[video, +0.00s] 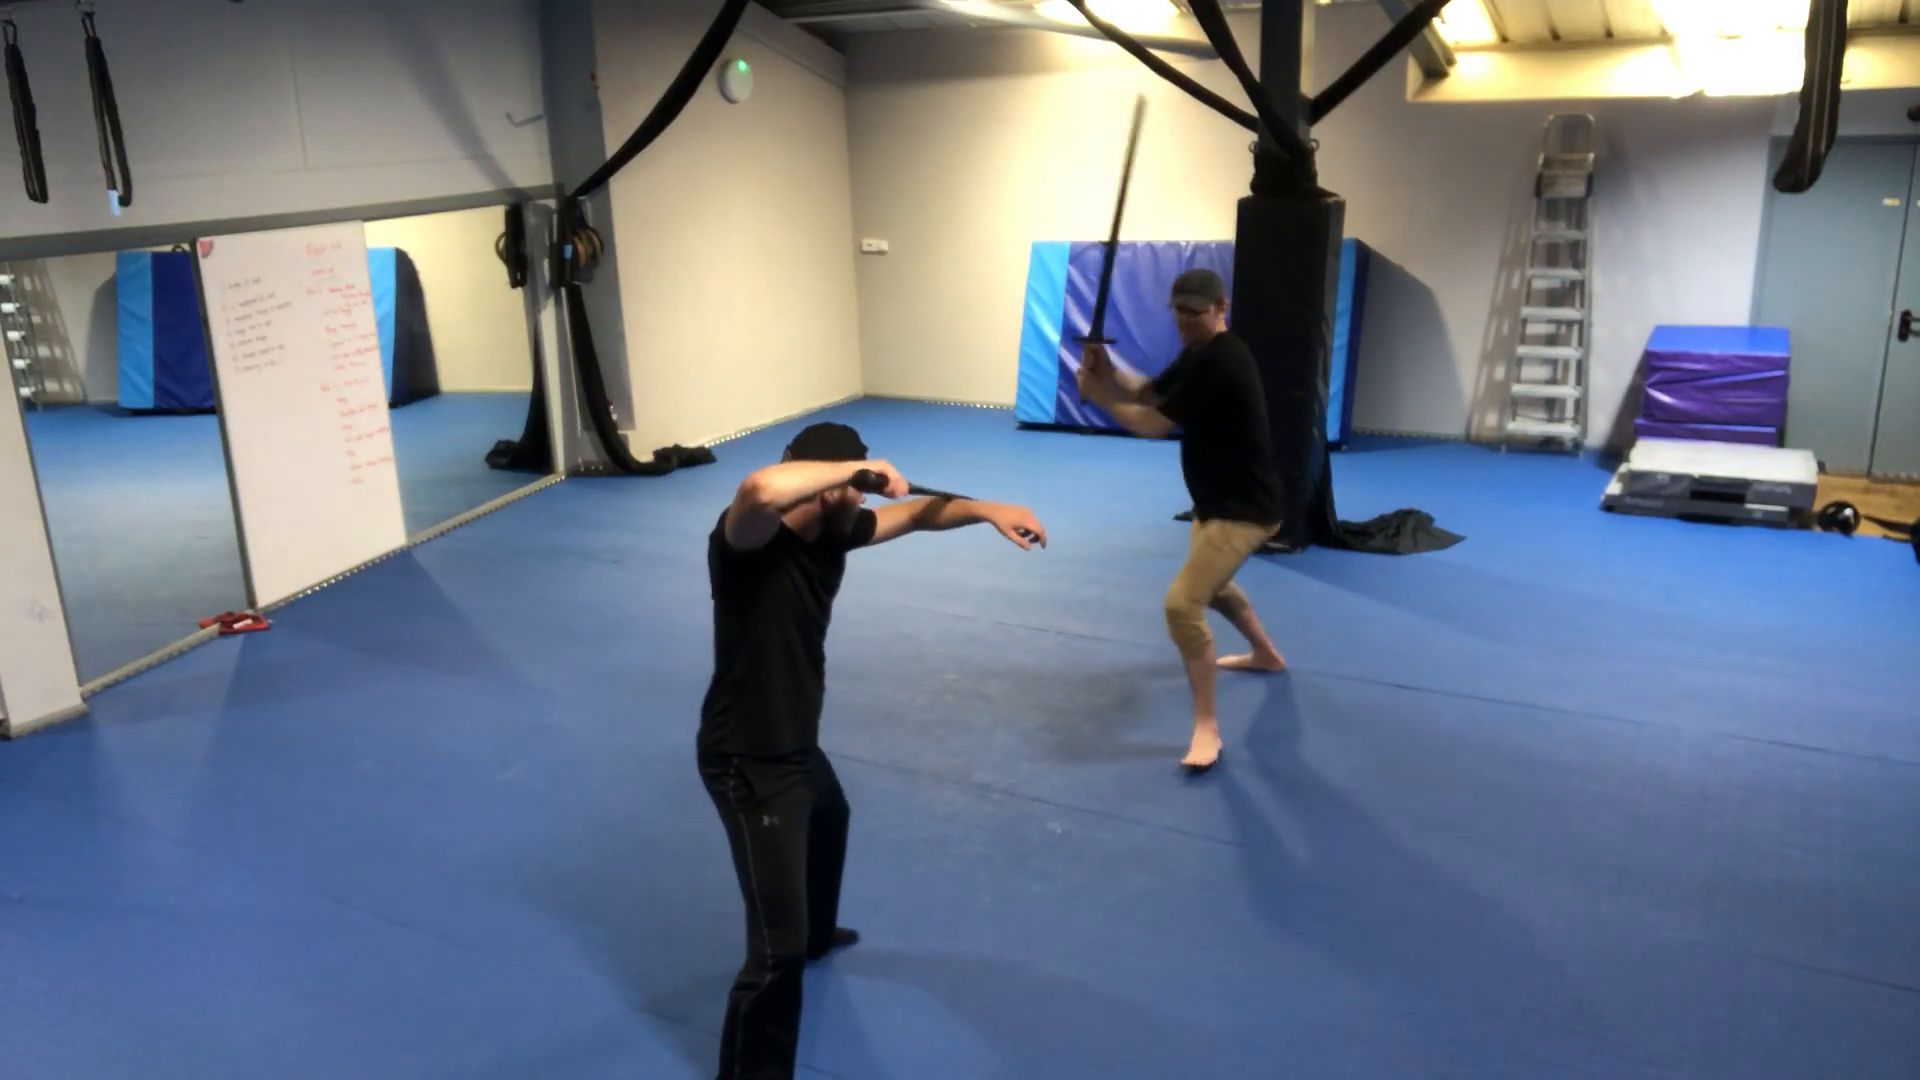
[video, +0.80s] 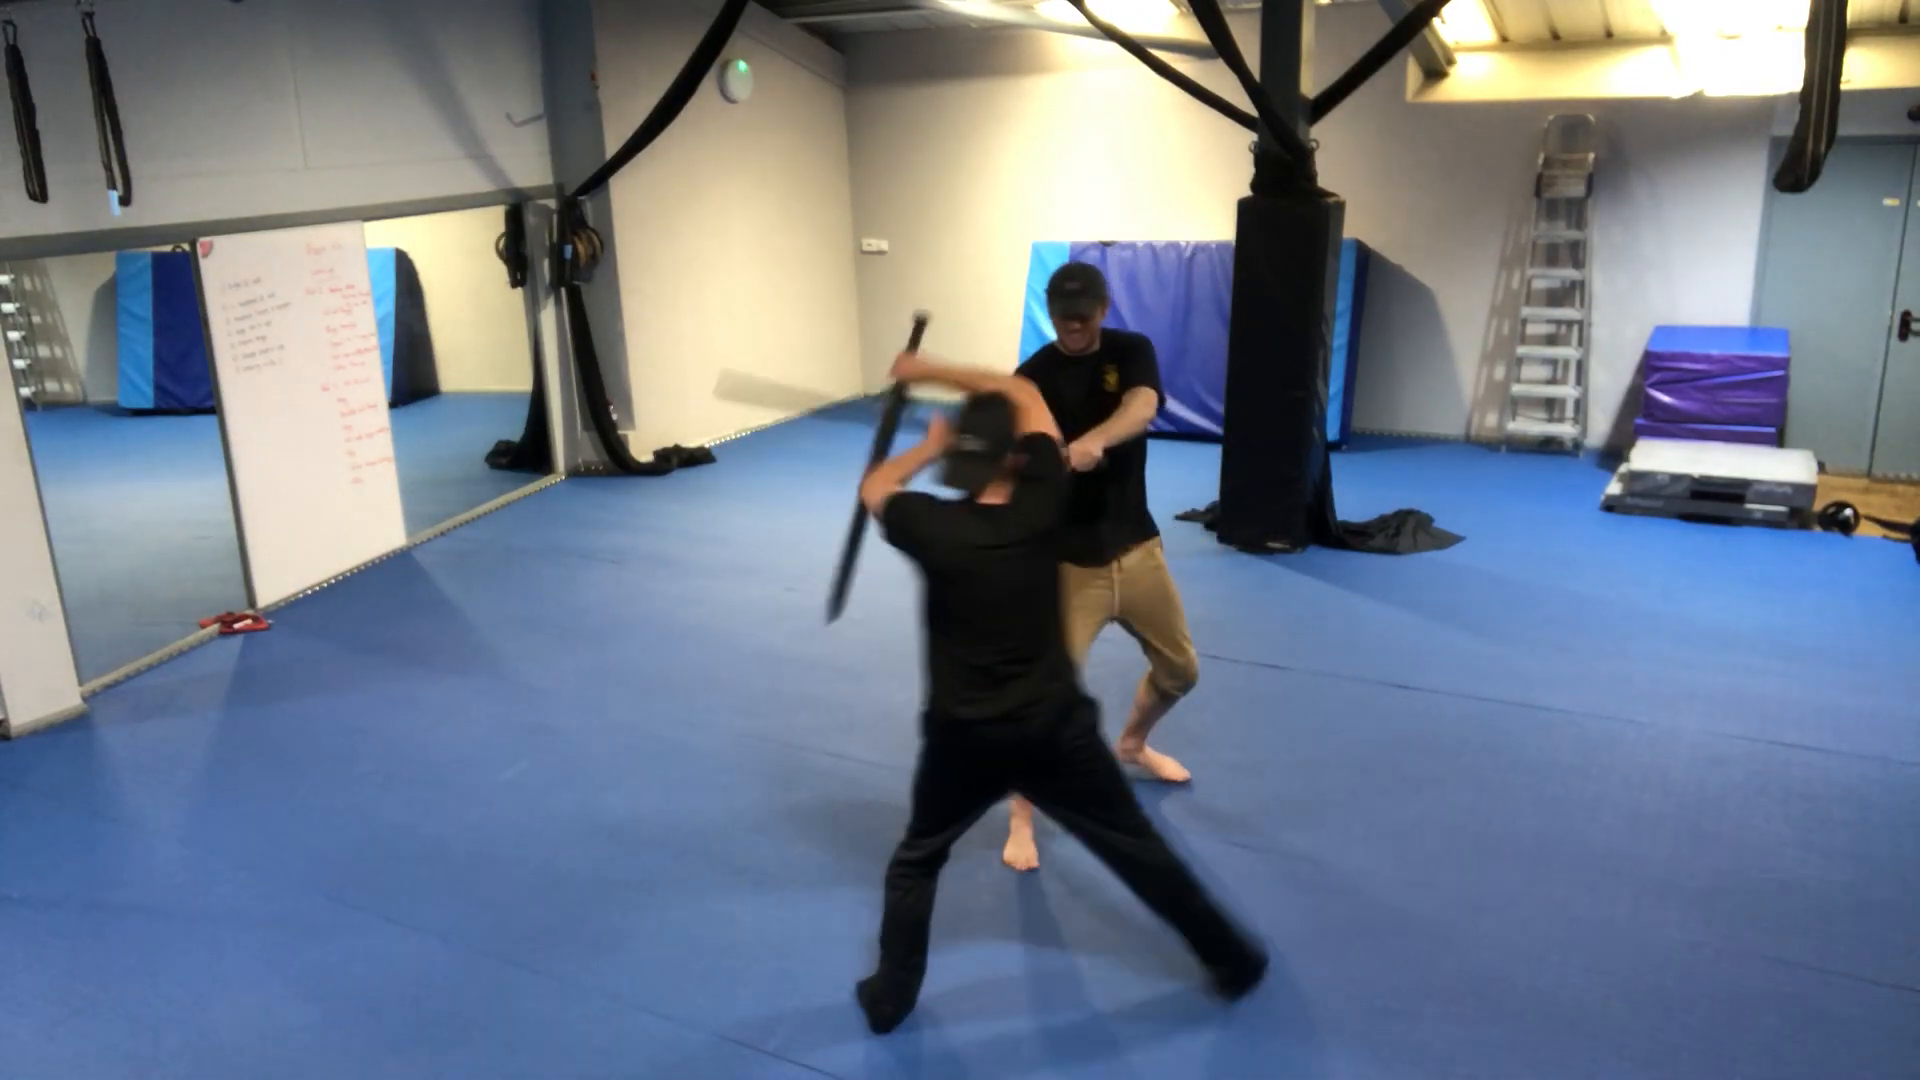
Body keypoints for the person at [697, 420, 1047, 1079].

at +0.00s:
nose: (860, 505)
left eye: (863, 493)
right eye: (853, 491)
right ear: (818, 486)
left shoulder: (831, 536)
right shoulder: (746, 540)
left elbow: (915, 512)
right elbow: (759, 488)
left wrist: (989, 509)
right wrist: (853, 469)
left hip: (795, 749)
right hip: (746, 758)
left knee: (829, 818)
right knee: (780, 949)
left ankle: (810, 933)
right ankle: (752, 1073)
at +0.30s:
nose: (876, 499)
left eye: (877, 487)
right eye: (867, 486)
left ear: (855, 482)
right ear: (834, 482)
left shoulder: (849, 541)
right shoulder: (782, 544)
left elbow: (905, 545)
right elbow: (842, 492)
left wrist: (960, 523)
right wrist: (928, 451)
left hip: (831, 752)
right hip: (795, 761)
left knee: (878, 809)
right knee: (812, 959)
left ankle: (829, 947)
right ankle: (767, 1075)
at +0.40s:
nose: (884, 481)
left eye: (884, 471)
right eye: (882, 471)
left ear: (818, 465)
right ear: (869, 474)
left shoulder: (822, 532)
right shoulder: (816, 536)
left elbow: (887, 535)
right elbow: (911, 474)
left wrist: (938, 504)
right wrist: (964, 406)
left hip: (851, 743)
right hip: (850, 750)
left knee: (887, 860)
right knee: (870, 921)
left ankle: (888, 992)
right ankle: (784, 1068)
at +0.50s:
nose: (885, 472)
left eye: (867, 467)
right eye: (880, 464)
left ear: (816, 477)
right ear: (872, 474)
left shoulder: (794, 535)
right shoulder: (888, 513)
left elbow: (865, 500)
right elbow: (979, 417)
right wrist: (979, 341)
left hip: (847, 742)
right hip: (910, 743)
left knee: (892, 838)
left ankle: (890, 987)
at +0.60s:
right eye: (894, 451)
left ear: (836, 466)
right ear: (891, 465)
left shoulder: (815, 526)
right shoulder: (931, 499)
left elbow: (868, 460)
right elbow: (984, 394)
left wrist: (950, 414)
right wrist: (976, 311)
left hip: (879, 736)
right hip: (953, 731)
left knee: (904, 841)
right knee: (1055, 874)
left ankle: (884, 993)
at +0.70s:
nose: (958, 440)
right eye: (951, 438)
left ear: (882, 463)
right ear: (945, 459)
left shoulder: (855, 520)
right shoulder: (976, 491)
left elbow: (868, 466)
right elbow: (1004, 382)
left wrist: (932, 425)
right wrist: (954, 327)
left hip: (921, 736)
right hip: (1005, 725)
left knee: (911, 854)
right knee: (1096, 851)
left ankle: (889, 995)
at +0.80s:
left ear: (955, 461)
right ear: (1009, 461)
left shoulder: (931, 526)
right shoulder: (1040, 506)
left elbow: (874, 491)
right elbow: (1023, 391)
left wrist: (928, 445)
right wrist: (933, 369)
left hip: (963, 736)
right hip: (1051, 728)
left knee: (918, 859)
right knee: (1135, 845)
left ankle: (891, 999)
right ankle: (1233, 961)